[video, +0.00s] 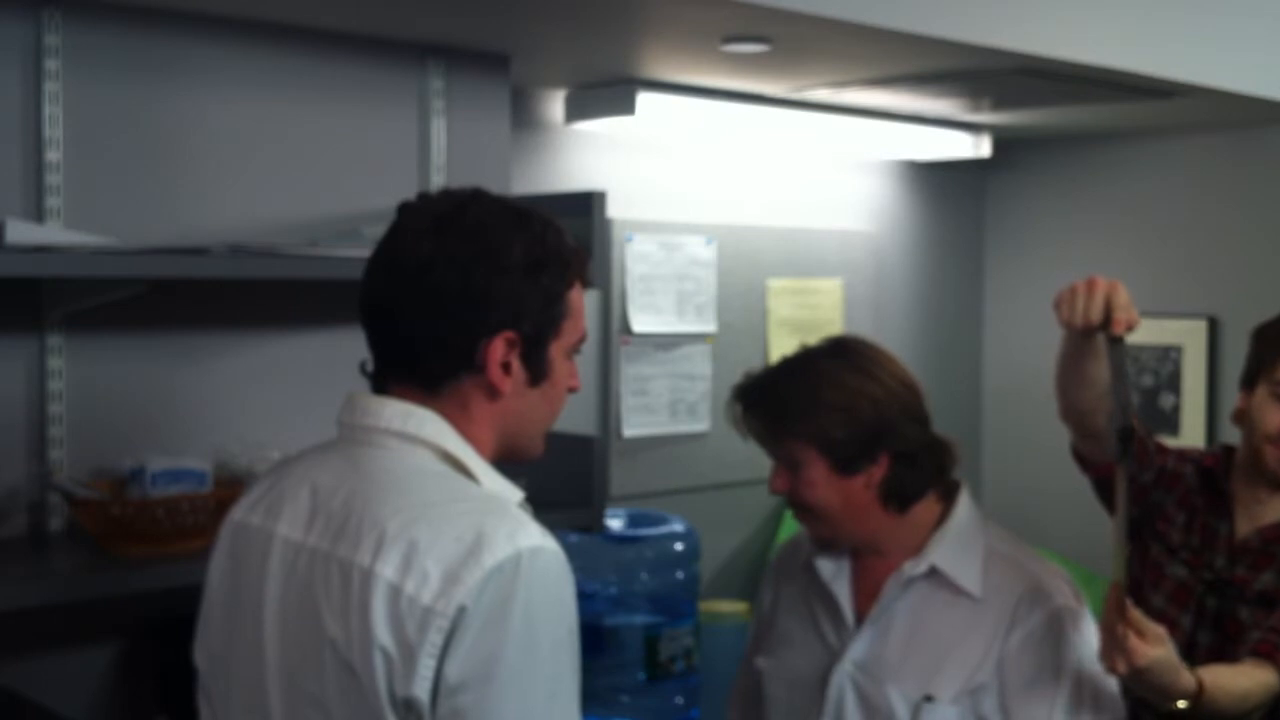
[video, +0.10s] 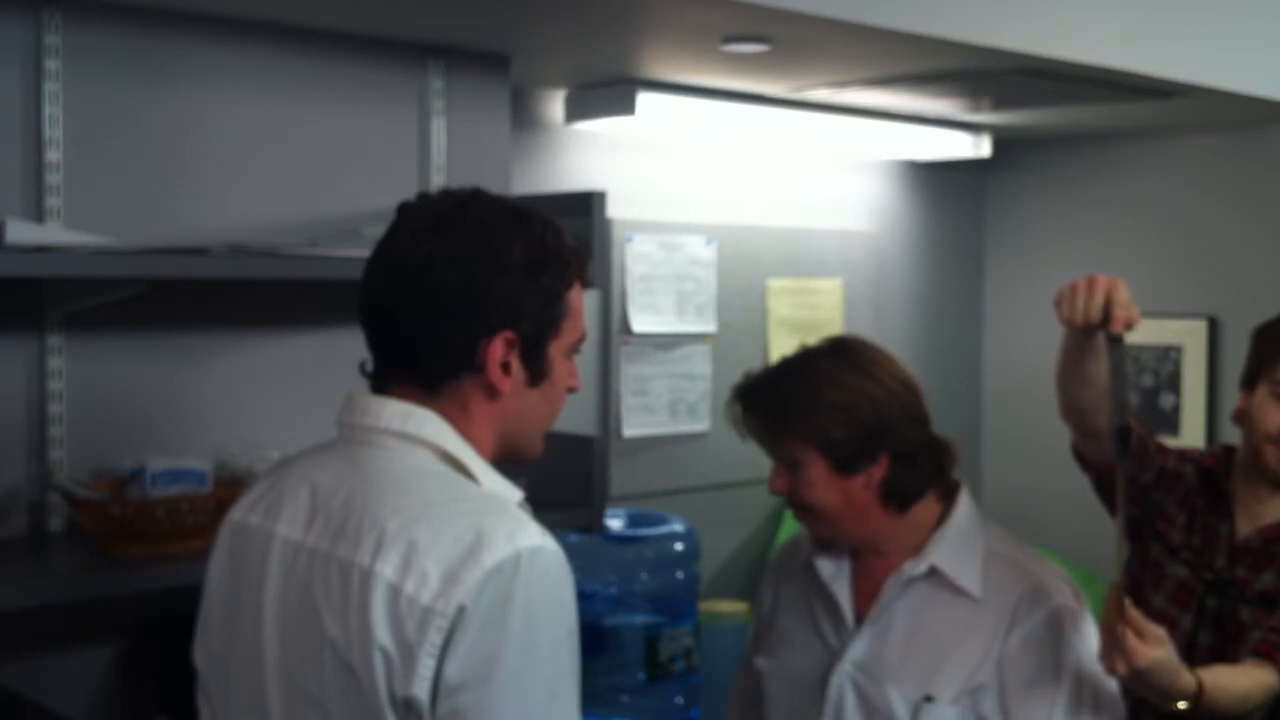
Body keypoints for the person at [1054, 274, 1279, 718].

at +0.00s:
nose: (1277, 418)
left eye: (1279, 398)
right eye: (1275, 394)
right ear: (1243, 402)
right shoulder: (1171, 484)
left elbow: (1267, 674)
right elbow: (1093, 426)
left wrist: (1187, 687)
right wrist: (1087, 333)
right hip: (1135, 704)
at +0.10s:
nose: (1278, 418)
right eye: (1276, 394)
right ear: (1243, 401)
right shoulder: (1171, 484)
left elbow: (1267, 676)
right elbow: (1092, 425)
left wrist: (1186, 687)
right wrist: (1086, 331)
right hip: (1134, 703)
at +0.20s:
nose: (1278, 418)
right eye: (1276, 394)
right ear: (1244, 401)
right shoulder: (1173, 484)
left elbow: (1268, 675)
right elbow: (1093, 427)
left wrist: (1186, 688)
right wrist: (1087, 330)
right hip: (1130, 703)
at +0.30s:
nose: (1278, 418)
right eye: (1276, 394)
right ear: (1244, 401)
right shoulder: (1174, 484)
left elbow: (1267, 676)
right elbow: (1093, 427)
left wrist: (1186, 687)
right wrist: (1087, 330)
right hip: (1129, 702)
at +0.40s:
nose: (1278, 418)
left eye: (1279, 398)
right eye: (1276, 394)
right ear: (1244, 401)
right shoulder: (1173, 484)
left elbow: (1267, 675)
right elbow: (1092, 426)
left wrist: (1186, 687)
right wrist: (1087, 330)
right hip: (1130, 704)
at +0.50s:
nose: (1278, 418)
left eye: (1279, 397)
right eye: (1275, 394)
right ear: (1243, 401)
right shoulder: (1174, 485)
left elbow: (1267, 674)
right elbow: (1092, 426)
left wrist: (1186, 686)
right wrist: (1086, 330)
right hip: (1128, 704)